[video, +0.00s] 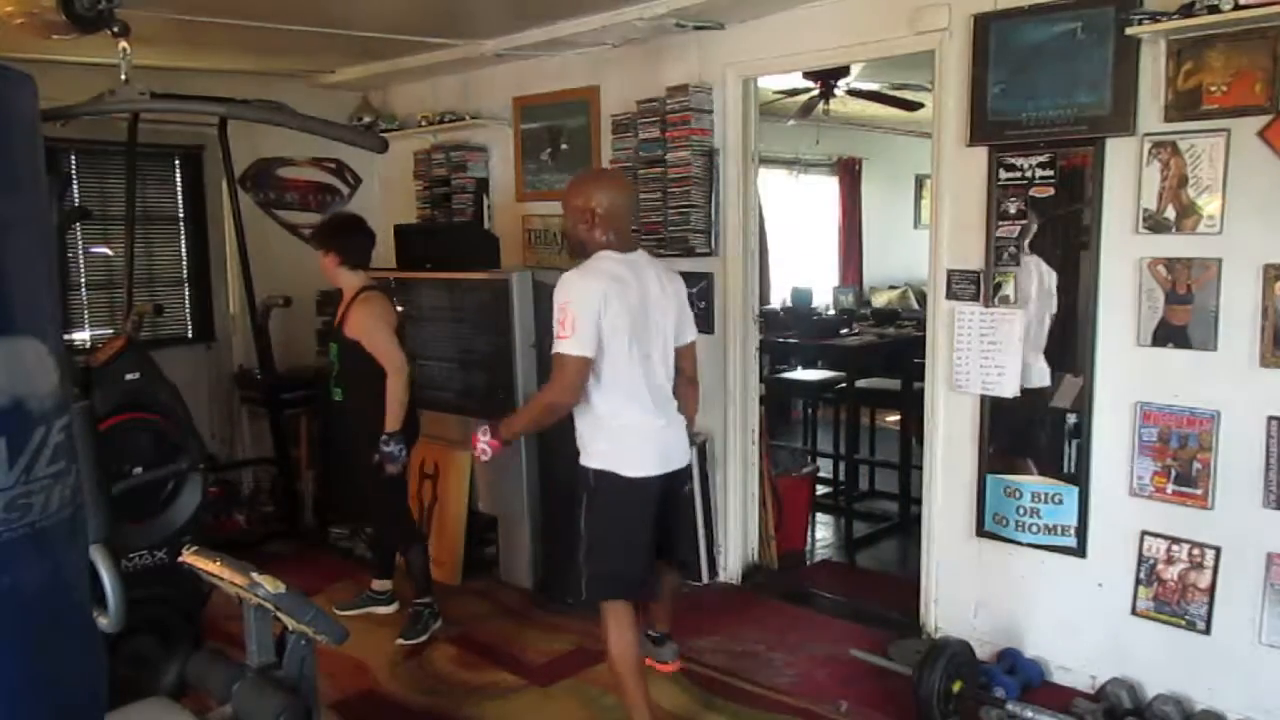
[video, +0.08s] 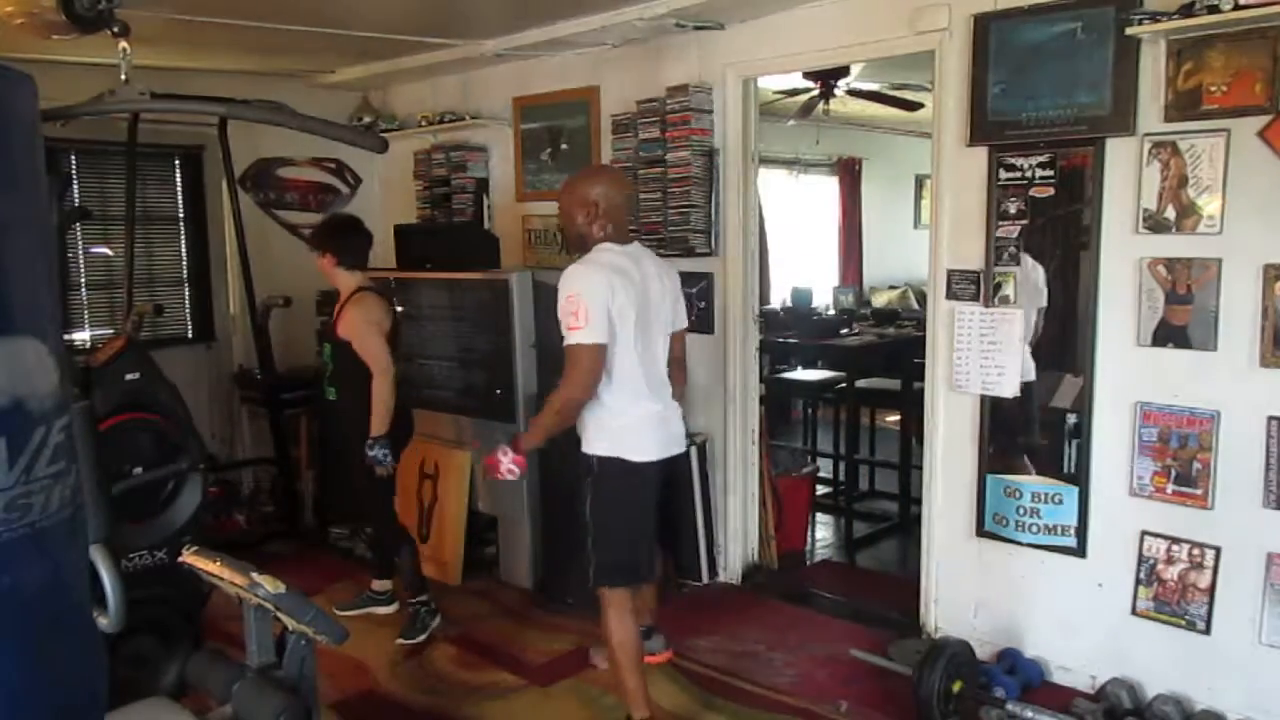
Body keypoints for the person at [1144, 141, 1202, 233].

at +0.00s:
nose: (1158, 158)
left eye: (1159, 153)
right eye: (1155, 156)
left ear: (1168, 149)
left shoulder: (1175, 161)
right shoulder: (1164, 165)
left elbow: (1171, 188)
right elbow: (1162, 188)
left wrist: (1160, 213)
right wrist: (1157, 213)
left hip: (1190, 212)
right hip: (1180, 213)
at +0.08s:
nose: (1158, 158)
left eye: (1159, 153)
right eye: (1155, 156)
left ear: (1168, 149)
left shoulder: (1175, 161)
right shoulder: (1164, 166)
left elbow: (1171, 188)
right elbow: (1162, 188)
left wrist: (1160, 213)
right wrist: (1157, 213)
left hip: (1190, 212)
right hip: (1180, 213)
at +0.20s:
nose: (1158, 158)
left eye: (1159, 153)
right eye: (1155, 156)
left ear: (1168, 149)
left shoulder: (1175, 161)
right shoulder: (1164, 165)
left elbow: (1171, 188)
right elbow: (1162, 188)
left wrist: (1160, 213)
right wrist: (1157, 213)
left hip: (1190, 212)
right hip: (1180, 213)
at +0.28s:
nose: (1158, 158)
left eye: (1159, 154)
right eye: (1155, 156)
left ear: (1168, 149)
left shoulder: (1175, 161)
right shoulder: (1164, 165)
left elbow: (1170, 188)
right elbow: (1162, 188)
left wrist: (1160, 213)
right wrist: (1157, 212)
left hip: (1190, 212)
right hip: (1180, 212)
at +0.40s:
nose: (1158, 158)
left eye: (1159, 154)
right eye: (1155, 156)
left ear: (1168, 149)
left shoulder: (1175, 161)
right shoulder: (1164, 164)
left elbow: (1170, 188)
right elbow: (1162, 188)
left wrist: (1160, 213)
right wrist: (1157, 212)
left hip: (1190, 211)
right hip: (1180, 212)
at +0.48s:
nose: (1158, 158)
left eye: (1159, 154)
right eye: (1155, 156)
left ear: (1168, 149)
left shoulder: (1175, 161)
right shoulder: (1164, 164)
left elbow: (1170, 188)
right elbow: (1162, 188)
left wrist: (1160, 213)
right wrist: (1157, 212)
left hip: (1190, 211)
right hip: (1180, 212)